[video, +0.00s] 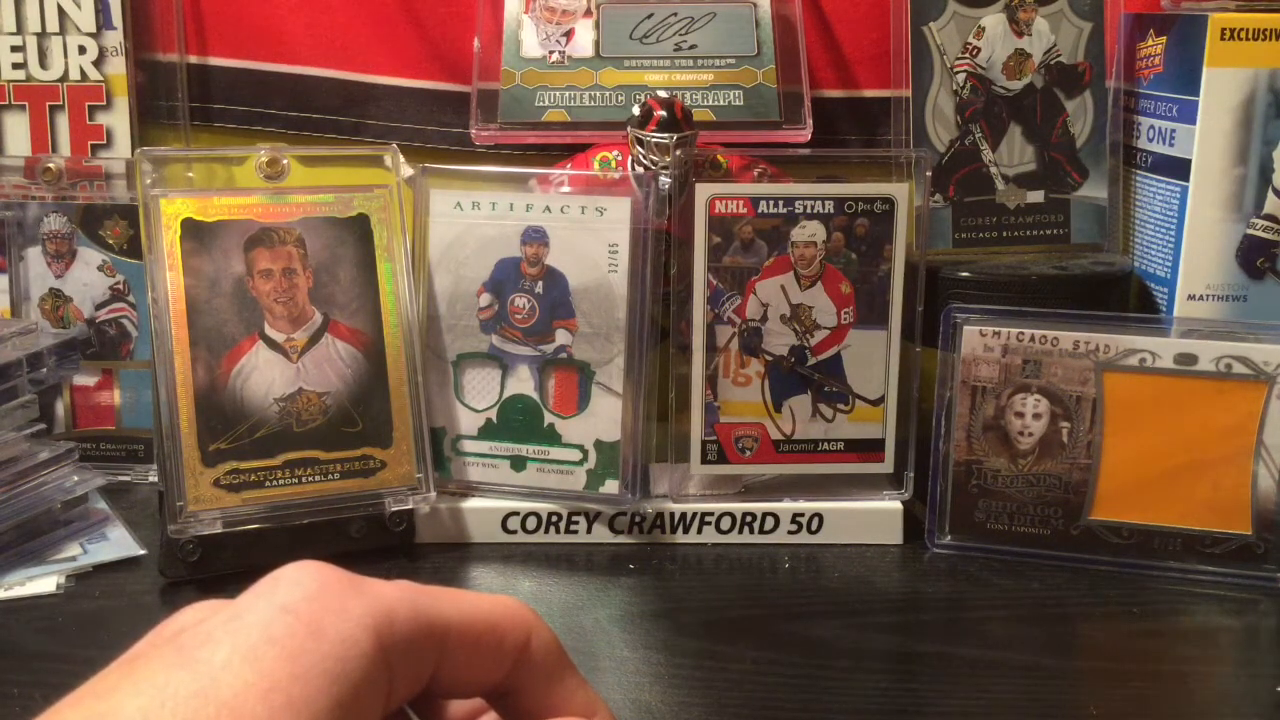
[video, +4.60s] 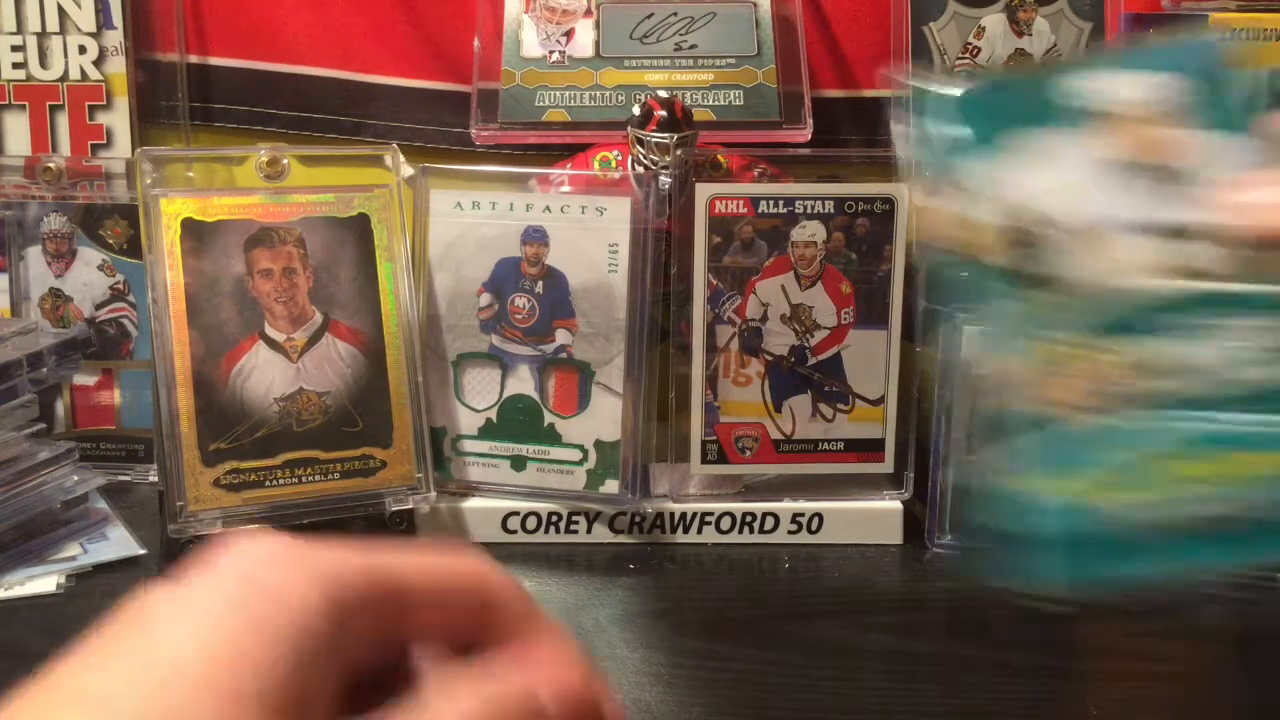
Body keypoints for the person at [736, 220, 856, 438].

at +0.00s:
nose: (801, 253)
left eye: (807, 247)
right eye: (796, 247)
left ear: (821, 250)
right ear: (790, 249)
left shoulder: (839, 285)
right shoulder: (773, 271)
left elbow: (842, 331)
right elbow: (754, 293)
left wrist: (810, 353)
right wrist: (750, 326)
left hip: (823, 353)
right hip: (780, 353)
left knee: (832, 413)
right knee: (798, 411)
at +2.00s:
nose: (801, 253)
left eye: (807, 247)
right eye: (796, 247)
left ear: (821, 249)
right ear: (790, 249)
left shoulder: (838, 285)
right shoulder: (773, 271)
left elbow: (843, 330)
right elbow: (754, 292)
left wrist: (810, 352)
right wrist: (751, 326)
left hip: (823, 353)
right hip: (780, 353)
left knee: (832, 412)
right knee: (799, 409)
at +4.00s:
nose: (801, 253)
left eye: (808, 247)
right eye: (796, 247)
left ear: (821, 249)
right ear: (790, 249)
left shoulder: (838, 285)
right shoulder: (773, 271)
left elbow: (842, 330)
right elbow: (754, 293)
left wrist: (809, 352)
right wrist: (750, 326)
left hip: (822, 353)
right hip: (779, 353)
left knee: (834, 412)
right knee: (798, 410)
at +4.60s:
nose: (801, 253)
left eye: (808, 247)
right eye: (797, 247)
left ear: (821, 249)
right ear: (790, 249)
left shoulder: (838, 285)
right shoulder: (774, 271)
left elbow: (842, 331)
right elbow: (754, 292)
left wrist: (809, 352)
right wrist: (751, 326)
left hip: (823, 354)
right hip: (780, 354)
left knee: (833, 414)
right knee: (797, 412)